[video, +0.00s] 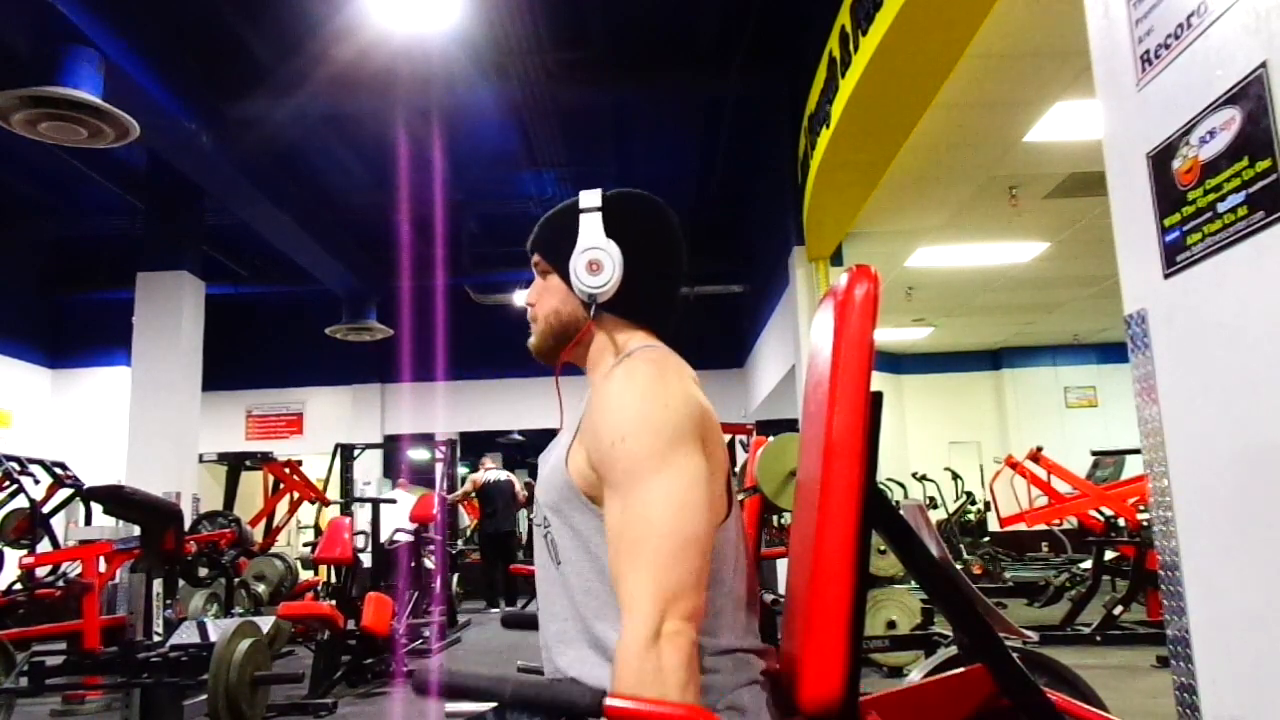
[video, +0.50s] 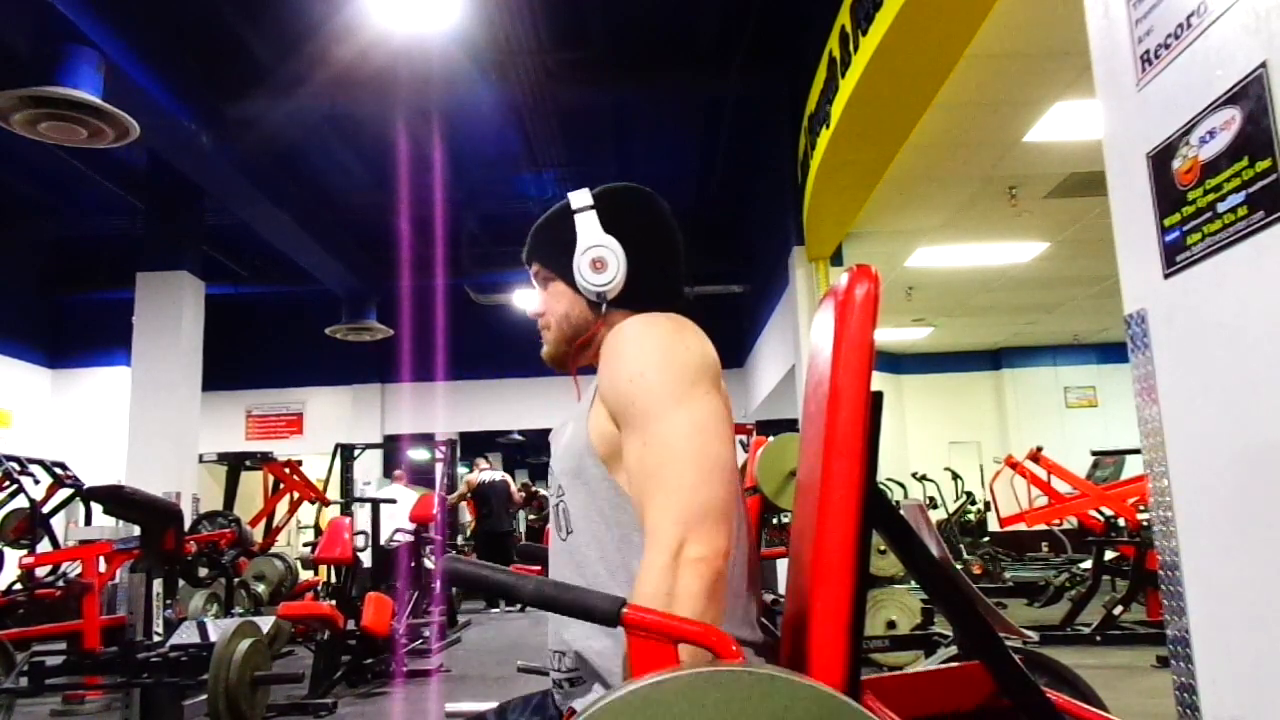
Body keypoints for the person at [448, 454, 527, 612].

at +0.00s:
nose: (479, 469)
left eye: (480, 467)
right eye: (481, 467)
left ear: (481, 466)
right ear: (496, 465)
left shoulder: (476, 476)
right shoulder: (510, 476)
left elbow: (463, 493)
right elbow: (522, 498)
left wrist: (449, 499)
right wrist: (511, 510)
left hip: (488, 529)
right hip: (508, 529)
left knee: (490, 567)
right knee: (510, 566)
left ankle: (493, 604)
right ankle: (511, 603)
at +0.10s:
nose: (478, 469)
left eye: (478, 467)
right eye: (479, 467)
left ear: (480, 467)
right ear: (494, 465)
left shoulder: (474, 477)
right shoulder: (509, 476)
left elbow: (463, 494)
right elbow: (520, 499)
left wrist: (450, 499)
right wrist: (511, 511)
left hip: (488, 530)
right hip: (508, 529)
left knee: (489, 567)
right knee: (510, 566)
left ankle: (493, 604)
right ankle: (511, 603)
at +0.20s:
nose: (476, 470)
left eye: (476, 467)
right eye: (478, 467)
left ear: (478, 467)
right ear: (492, 465)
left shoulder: (473, 477)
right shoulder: (507, 476)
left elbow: (461, 495)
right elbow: (519, 498)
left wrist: (449, 499)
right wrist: (511, 510)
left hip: (487, 530)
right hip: (507, 529)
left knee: (489, 567)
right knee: (509, 566)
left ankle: (493, 604)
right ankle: (511, 603)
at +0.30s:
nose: (475, 469)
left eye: (475, 466)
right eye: (476, 466)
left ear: (477, 467)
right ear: (491, 465)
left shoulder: (473, 477)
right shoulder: (506, 476)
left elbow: (460, 495)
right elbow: (518, 499)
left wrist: (449, 500)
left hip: (485, 530)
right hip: (506, 529)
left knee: (488, 566)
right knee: (504, 565)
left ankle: (493, 604)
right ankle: (504, 600)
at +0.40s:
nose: (473, 471)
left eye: (474, 469)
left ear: (476, 468)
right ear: (491, 466)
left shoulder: (472, 478)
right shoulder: (505, 475)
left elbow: (459, 496)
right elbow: (518, 499)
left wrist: (445, 501)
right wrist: (522, 494)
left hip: (484, 530)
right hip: (506, 529)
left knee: (488, 568)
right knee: (506, 567)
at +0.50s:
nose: (474, 469)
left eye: (474, 467)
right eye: (475, 466)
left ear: (475, 467)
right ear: (490, 465)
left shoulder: (471, 478)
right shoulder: (505, 476)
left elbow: (456, 498)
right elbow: (517, 500)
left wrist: (448, 501)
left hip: (484, 530)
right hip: (505, 530)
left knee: (486, 567)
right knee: (507, 567)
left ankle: (492, 604)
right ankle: (511, 602)